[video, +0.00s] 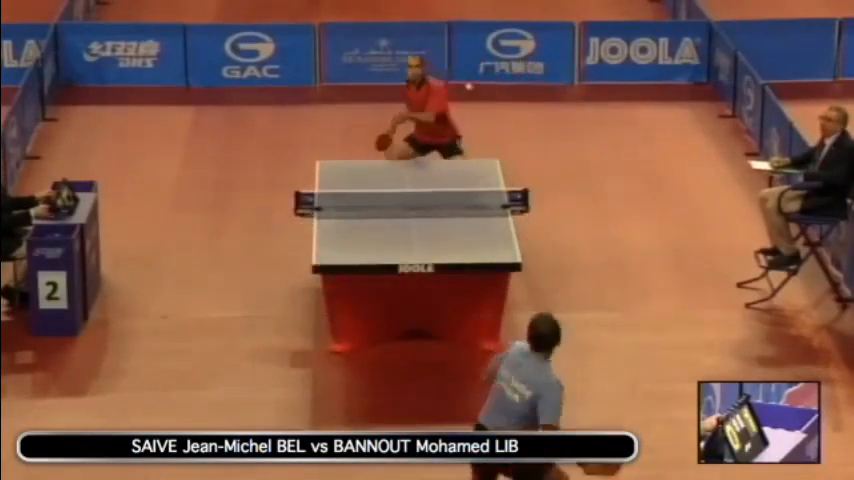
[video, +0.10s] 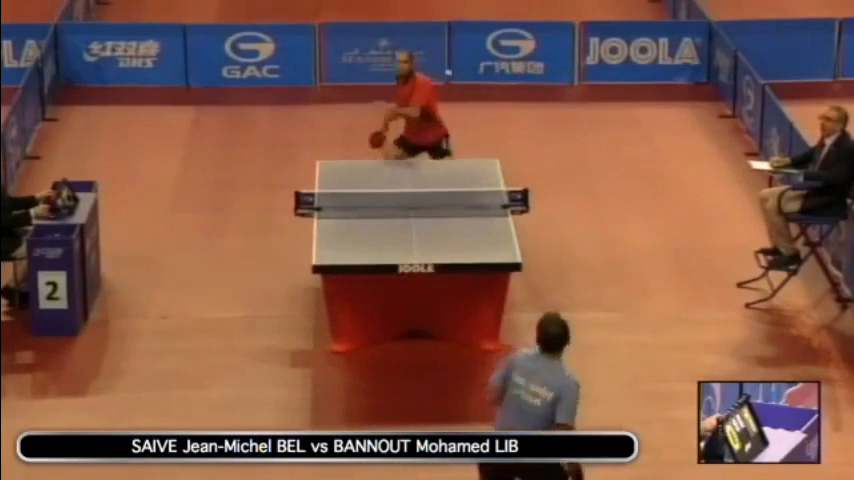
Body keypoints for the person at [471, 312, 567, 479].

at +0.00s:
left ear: (529, 335)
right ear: (556, 343)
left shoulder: (515, 349)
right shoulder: (550, 384)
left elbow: (488, 375)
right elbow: (549, 434)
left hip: (484, 433)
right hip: (517, 443)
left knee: (482, 475)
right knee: (559, 476)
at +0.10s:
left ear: (537, 338)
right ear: (566, 343)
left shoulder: (516, 360)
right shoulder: (567, 384)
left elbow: (493, 393)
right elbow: (563, 432)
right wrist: (572, 464)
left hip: (501, 449)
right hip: (538, 456)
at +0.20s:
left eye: (547, 339)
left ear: (547, 345)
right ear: (574, 346)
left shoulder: (525, 373)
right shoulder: (584, 386)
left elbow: (505, 411)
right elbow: (580, 431)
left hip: (522, 463)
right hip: (560, 466)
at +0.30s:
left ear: (548, 341)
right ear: (575, 342)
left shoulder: (526, 371)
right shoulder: (587, 382)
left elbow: (504, 410)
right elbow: (585, 425)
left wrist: (528, 412)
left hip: (530, 462)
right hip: (568, 465)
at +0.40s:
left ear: (547, 353)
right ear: (576, 352)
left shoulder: (530, 388)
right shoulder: (593, 393)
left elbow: (513, 430)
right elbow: (601, 441)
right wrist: (609, 472)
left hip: (541, 471)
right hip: (581, 472)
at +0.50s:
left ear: (552, 363)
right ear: (580, 362)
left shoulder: (538, 401)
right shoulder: (600, 401)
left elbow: (526, 448)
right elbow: (615, 448)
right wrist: (630, 475)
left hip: (555, 475)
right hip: (595, 474)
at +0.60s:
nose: (565, 356)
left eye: (566, 353)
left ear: (568, 359)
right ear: (597, 355)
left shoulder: (560, 398)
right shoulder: (622, 390)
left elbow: (556, 447)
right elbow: (648, 434)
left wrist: (546, 475)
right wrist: (650, 468)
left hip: (585, 473)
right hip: (624, 471)